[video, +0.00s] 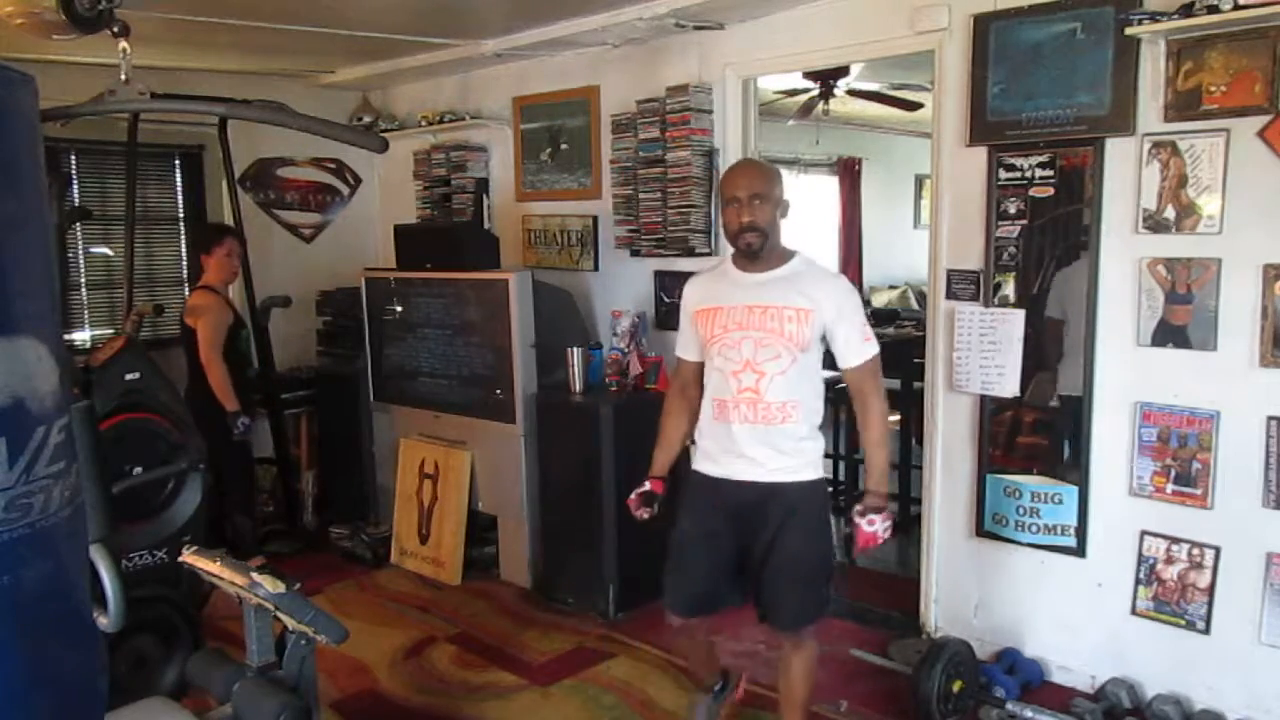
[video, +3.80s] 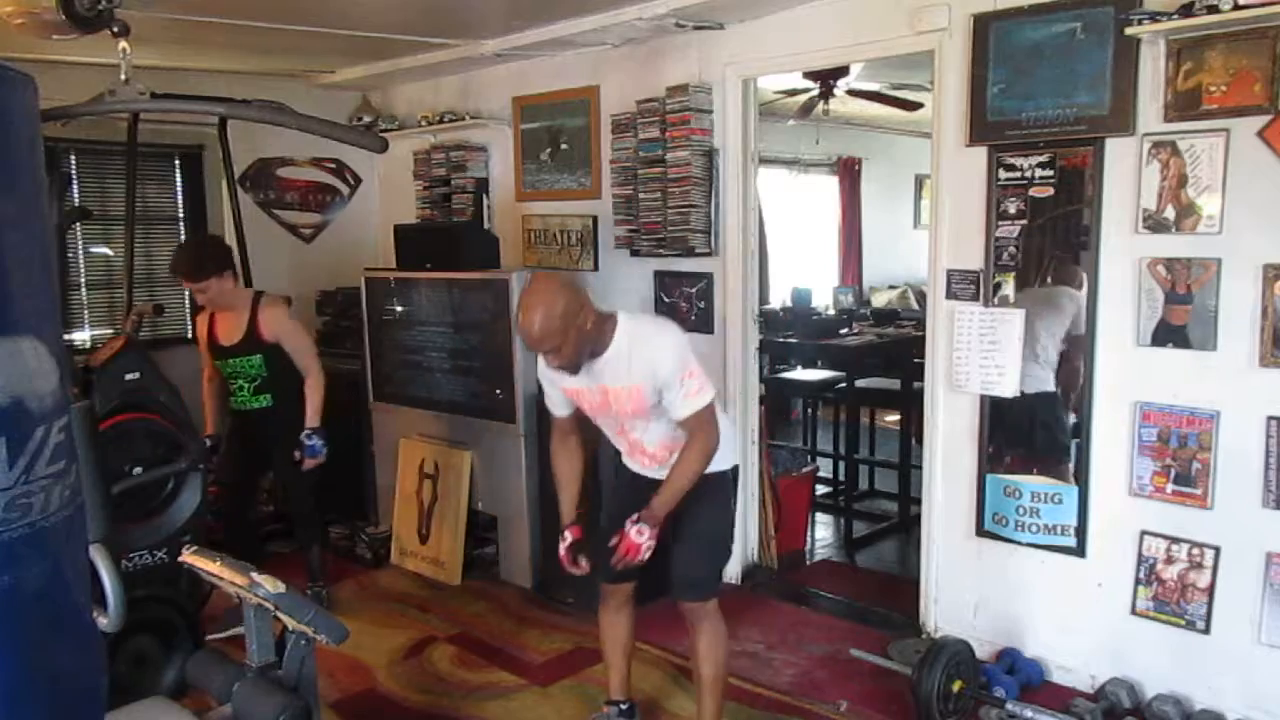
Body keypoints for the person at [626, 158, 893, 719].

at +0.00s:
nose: (744, 215)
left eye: (757, 202)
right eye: (732, 203)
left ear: (781, 209)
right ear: (719, 214)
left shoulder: (827, 290)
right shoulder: (700, 291)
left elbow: (868, 390)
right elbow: (683, 389)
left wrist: (877, 487)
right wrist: (657, 474)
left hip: (793, 487)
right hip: (711, 482)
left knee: (794, 628)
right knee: (682, 614)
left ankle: (793, 716)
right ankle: (715, 685)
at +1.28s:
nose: (762, 222)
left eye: (773, 212)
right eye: (753, 213)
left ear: (794, 217)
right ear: (742, 218)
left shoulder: (831, 282)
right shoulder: (732, 282)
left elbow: (848, 375)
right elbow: (725, 358)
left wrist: (829, 451)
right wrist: (702, 428)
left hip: (811, 441)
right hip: (746, 436)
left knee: (819, 559)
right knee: (724, 539)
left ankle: (817, 671)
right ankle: (748, 621)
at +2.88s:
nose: (686, 244)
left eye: (690, 233)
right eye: (683, 234)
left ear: (726, 221)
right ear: (718, 225)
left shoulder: (782, 285)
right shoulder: (705, 281)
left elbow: (797, 383)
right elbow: (700, 364)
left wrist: (770, 467)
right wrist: (664, 427)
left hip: (754, 452)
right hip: (700, 444)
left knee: (757, 569)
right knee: (672, 545)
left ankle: (756, 678)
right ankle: (697, 641)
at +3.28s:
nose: (639, 262)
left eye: (645, 248)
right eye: (633, 251)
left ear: (683, 233)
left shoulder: (745, 284)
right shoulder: (653, 294)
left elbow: (777, 381)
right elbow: (676, 372)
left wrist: (750, 470)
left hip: (734, 464)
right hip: (670, 458)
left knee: (748, 581)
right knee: (641, 571)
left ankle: (754, 681)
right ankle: (626, 694)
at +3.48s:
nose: (596, 273)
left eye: (603, 259)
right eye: (589, 262)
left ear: (641, 242)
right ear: (588, 255)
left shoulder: (705, 288)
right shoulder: (604, 305)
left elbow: (755, 371)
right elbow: (614, 389)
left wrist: (739, 463)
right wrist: (619, 468)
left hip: (706, 471)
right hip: (640, 470)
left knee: (710, 594)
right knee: (623, 585)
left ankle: (745, 675)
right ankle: (620, 705)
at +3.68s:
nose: (562, 311)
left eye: (567, 299)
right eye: (554, 301)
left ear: (600, 273)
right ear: (553, 288)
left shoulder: (678, 304)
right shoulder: (565, 326)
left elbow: (722, 393)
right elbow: (576, 402)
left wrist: (682, 477)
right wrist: (580, 487)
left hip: (700, 459)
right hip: (629, 460)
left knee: (689, 587)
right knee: (618, 587)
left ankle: (718, 711)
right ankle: (620, 706)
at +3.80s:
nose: (549, 363)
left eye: (555, 351)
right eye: (542, 354)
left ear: (586, 320)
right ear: (531, 338)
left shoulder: (661, 343)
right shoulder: (552, 363)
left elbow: (705, 436)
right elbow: (565, 434)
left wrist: (653, 516)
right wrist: (569, 523)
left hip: (703, 469)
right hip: (633, 468)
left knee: (696, 600)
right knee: (614, 588)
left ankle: (709, 716)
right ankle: (619, 705)